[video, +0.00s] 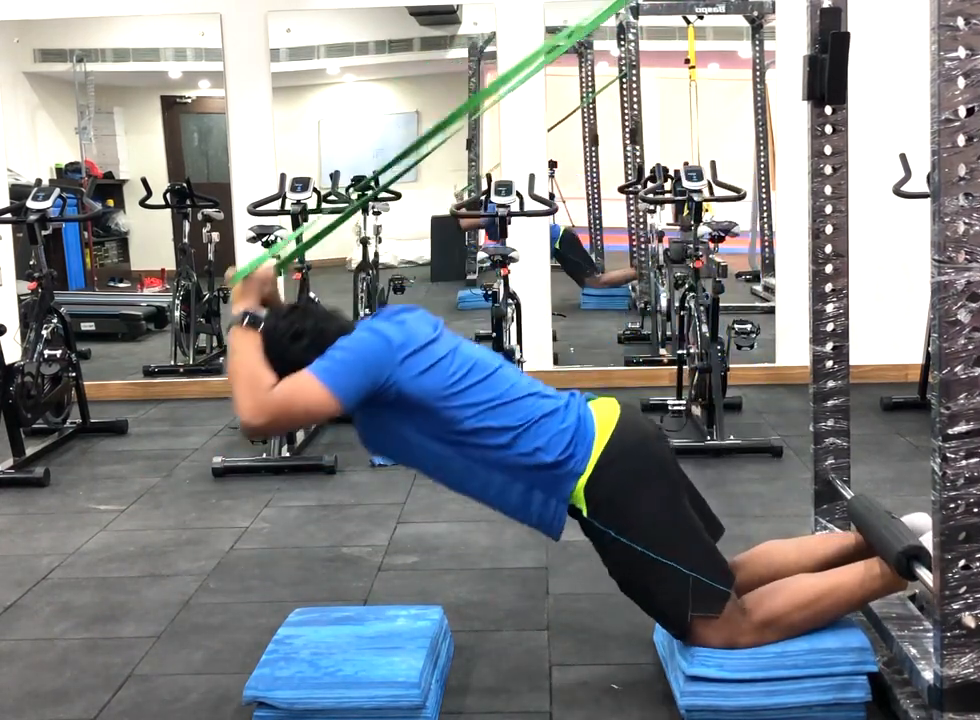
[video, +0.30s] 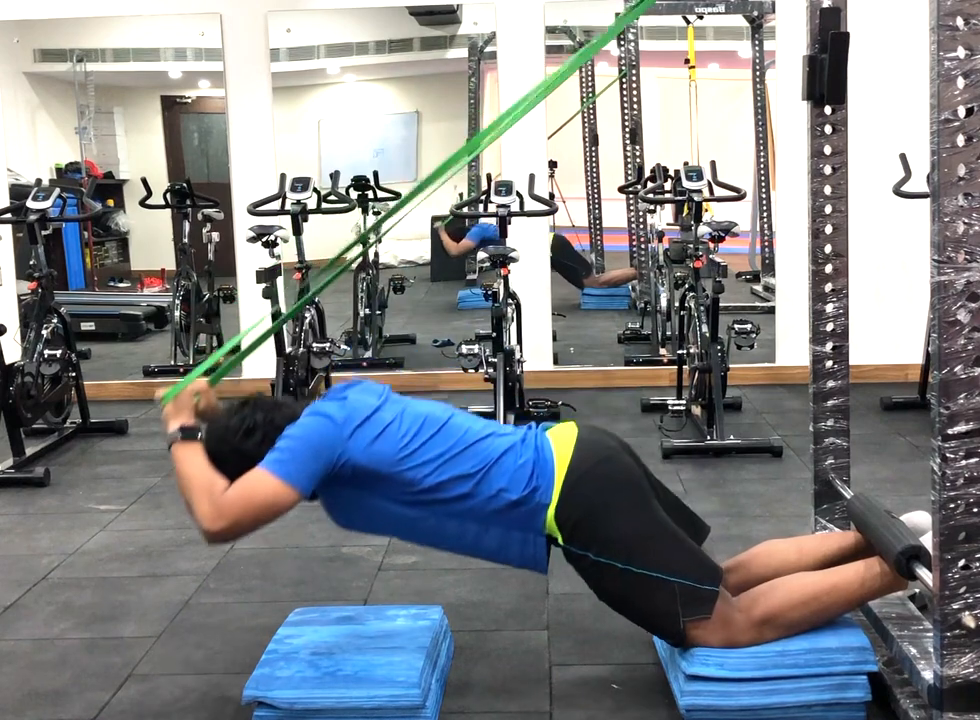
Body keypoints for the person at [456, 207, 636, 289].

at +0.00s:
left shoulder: (496, 216)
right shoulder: (495, 214)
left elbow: (463, 225)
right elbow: (463, 223)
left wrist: (458, 207)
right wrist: (467, 204)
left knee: (595, 280)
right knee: (590, 281)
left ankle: (641, 272)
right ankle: (638, 271)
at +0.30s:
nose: (457, 240)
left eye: (457, 237)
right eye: (457, 235)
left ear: (463, 233)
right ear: (465, 225)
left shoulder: (481, 229)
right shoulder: (484, 226)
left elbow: (455, 251)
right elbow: (458, 248)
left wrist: (440, 231)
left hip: (553, 245)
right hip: (551, 244)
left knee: (593, 281)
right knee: (593, 279)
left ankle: (641, 271)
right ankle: (639, 271)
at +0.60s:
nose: (446, 265)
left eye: (445, 261)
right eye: (444, 262)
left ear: (451, 249)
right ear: (457, 246)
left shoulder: (472, 247)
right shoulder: (476, 246)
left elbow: (452, 274)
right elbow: (453, 272)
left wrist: (432, 261)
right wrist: (436, 262)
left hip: (546, 253)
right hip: (546, 251)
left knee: (591, 282)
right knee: (591, 280)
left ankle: (640, 272)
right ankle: (640, 271)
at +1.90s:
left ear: (468, 226)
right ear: (472, 221)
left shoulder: (484, 227)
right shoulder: (492, 222)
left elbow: (459, 253)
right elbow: (462, 250)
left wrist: (434, 242)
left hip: (555, 243)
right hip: (553, 242)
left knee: (593, 281)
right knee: (591, 279)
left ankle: (642, 270)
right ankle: (640, 270)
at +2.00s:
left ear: (490, 200)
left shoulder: (489, 220)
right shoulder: (502, 215)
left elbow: (462, 249)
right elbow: (467, 246)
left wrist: (440, 239)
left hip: (559, 242)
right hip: (556, 242)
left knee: (594, 280)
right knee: (592, 279)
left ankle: (642, 269)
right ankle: (640, 269)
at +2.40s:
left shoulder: (506, 208)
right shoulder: (505, 208)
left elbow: (479, 223)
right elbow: (479, 222)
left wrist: (455, 214)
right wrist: (457, 213)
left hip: (571, 236)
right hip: (568, 238)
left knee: (596, 279)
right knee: (593, 279)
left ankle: (643, 271)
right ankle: (641, 270)